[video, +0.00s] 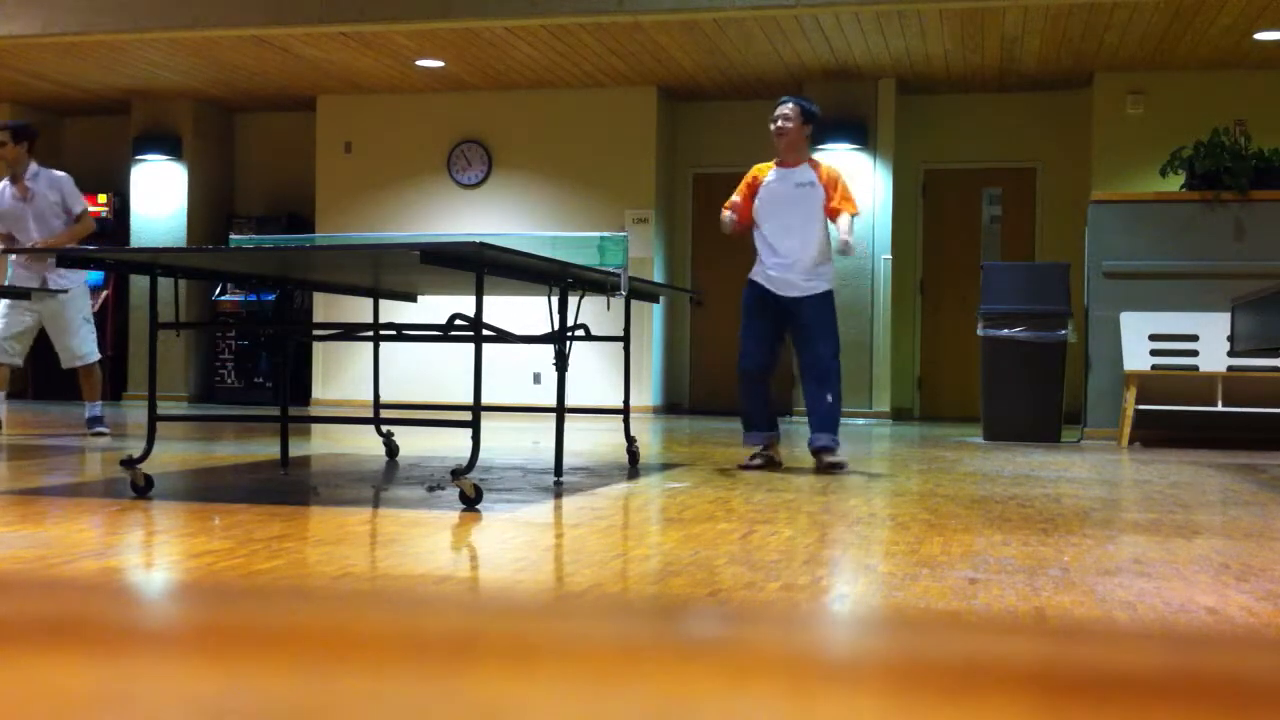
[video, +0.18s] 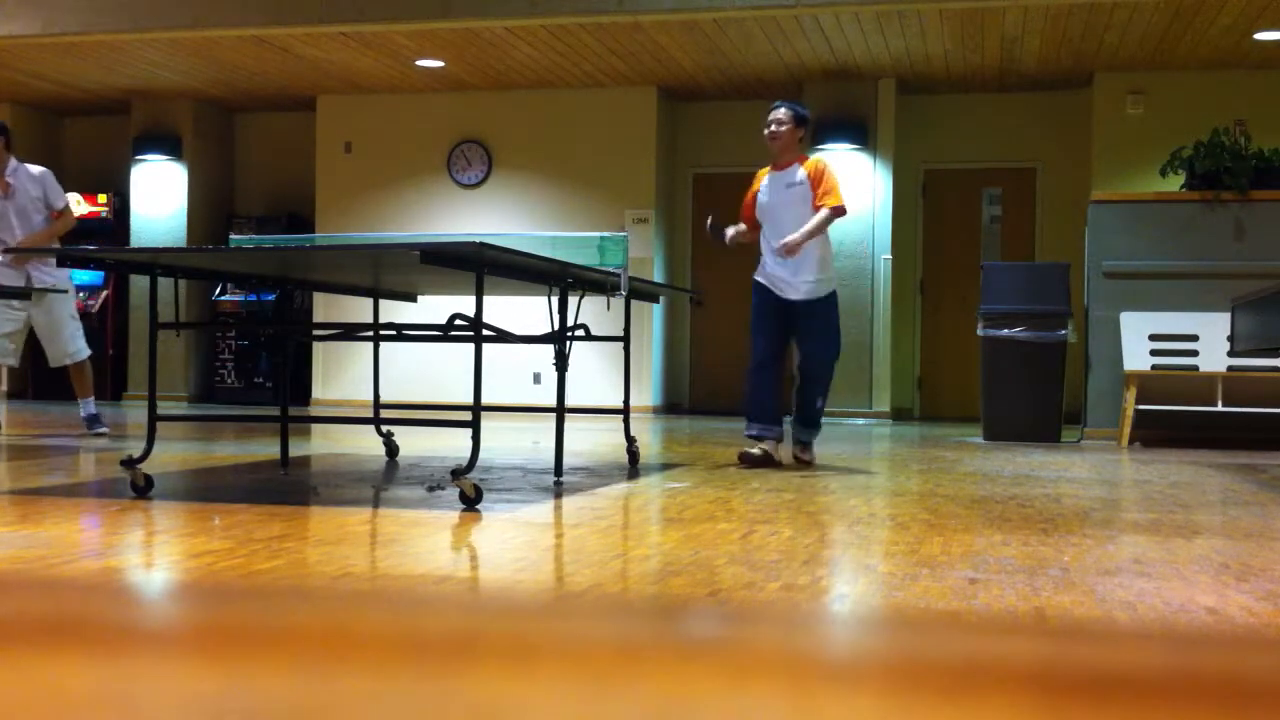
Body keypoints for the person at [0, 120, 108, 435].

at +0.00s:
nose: (1, 151)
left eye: (4, 145)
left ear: (23, 146)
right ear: (6, 149)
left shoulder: (58, 181)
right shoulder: (3, 191)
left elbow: (88, 224)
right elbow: (6, 240)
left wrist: (53, 243)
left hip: (65, 284)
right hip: (20, 284)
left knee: (85, 353)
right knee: (2, 352)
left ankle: (94, 416)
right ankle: (0, 416)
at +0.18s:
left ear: (5, 142)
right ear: (4, 142)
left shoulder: (38, 177)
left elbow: (68, 218)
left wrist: (29, 243)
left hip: (49, 283)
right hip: (7, 283)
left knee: (75, 351)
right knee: (2, 358)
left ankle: (90, 413)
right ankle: (3, 423)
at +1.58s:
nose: (46, 137)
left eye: (55, 133)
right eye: (46, 131)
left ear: (74, 142)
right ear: (45, 137)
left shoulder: (85, 186)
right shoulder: (27, 169)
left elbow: (88, 236)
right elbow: (13, 214)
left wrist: (59, 205)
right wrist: (3, 255)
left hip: (60, 278)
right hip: (18, 273)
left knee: (65, 354)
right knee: (9, 350)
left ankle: (62, 417)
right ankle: (0, 413)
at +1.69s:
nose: (42, 137)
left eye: (51, 132)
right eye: (42, 131)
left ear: (70, 141)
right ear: (40, 137)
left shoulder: (82, 185)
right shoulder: (25, 170)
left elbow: (87, 236)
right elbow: (12, 217)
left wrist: (57, 204)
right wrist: (3, 256)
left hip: (59, 279)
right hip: (17, 273)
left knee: (64, 354)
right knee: (8, 351)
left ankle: (62, 417)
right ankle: (0, 412)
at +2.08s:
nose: (12, 132)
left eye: (19, 127)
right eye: (12, 127)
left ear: (40, 134)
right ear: (12, 133)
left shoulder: (59, 179)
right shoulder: (3, 174)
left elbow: (66, 229)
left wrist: (35, 198)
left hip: (42, 277)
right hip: (5, 273)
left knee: (53, 352)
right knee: (3, 353)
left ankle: (60, 415)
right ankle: (1, 414)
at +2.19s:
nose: (3, 133)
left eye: (10, 128)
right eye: (2, 128)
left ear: (32, 133)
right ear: (2, 134)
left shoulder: (53, 178)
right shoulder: (1, 174)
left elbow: (62, 227)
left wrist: (31, 198)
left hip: (37, 277)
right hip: (3, 274)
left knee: (48, 351)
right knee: (0, 353)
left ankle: (60, 415)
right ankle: (0, 415)